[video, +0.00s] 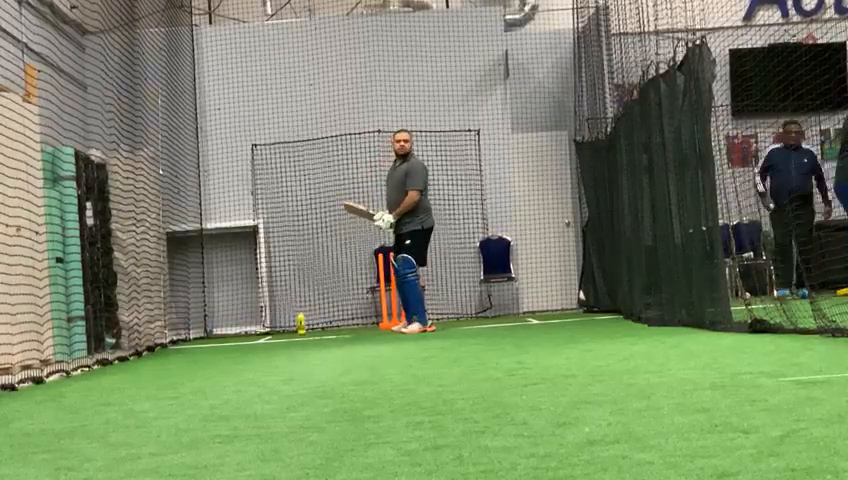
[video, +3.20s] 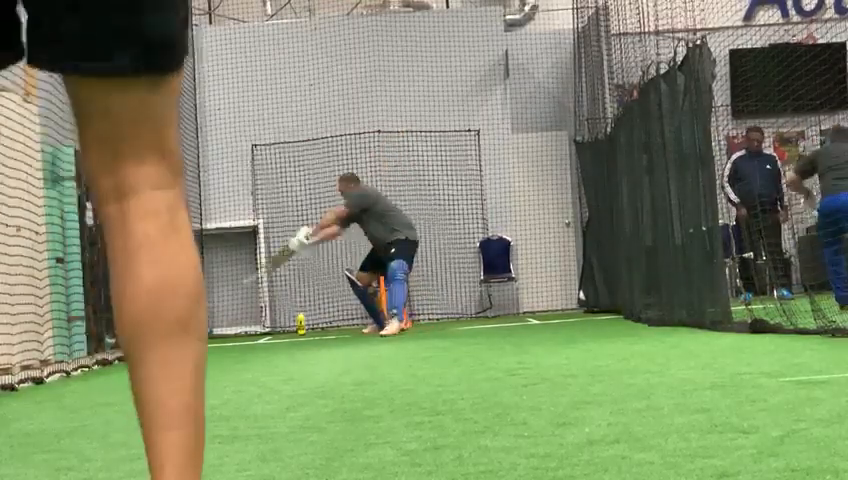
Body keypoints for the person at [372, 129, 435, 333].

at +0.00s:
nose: (402, 145)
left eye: (405, 141)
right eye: (398, 142)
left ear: (411, 144)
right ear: (393, 144)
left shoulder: (415, 166)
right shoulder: (395, 167)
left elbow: (414, 197)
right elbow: (396, 197)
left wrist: (393, 216)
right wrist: (386, 215)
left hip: (417, 226)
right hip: (402, 227)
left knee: (409, 271)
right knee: (400, 271)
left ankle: (419, 320)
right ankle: (409, 318)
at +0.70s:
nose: (385, 170)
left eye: (389, 166)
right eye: (381, 167)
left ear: (396, 167)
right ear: (378, 170)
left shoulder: (402, 186)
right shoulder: (384, 193)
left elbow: (402, 221)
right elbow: (393, 221)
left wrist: (395, 248)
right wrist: (395, 244)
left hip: (431, 229)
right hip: (418, 231)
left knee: (406, 268)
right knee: (402, 268)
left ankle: (419, 320)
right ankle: (416, 319)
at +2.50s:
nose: (373, 176)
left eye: (376, 172)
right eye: (369, 173)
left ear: (383, 173)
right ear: (366, 176)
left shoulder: (391, 190)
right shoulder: (372, 193)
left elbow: (392, 224)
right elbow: (382, 217)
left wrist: (379, 234)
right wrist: (376, 224)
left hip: (416, 229)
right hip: (400, 231)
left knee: (388, 258)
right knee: (381, 272)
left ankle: (407, 314)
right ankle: (403, 316)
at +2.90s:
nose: (353, 197)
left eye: (356, 192)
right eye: (350, 193)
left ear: (365, 189)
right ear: (347, 194)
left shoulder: (371, 204)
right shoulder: (376, 197)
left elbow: (372, 240)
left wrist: (365, 242)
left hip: (401, 243)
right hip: (396, 242)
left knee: (373, 273)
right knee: (364, 275)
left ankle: (399, 324)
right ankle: (380, 324)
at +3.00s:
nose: (347, 200)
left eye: (350, 195)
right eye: (344, 197)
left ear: (360, 190)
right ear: (342, 197)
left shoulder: (367, 205)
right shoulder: (369, 199)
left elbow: (365, 241)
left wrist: (357, 243)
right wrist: (364, 227)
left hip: (399, 243)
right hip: (391, 243)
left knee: (373, 272)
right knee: (360, 279)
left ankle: (398, 324)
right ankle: (382, 324)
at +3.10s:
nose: (344, 197)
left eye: (346, 192)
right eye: (341, 194)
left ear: (356, 187)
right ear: (340, 193)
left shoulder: (367, 199)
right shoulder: (359, 204)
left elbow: (360, 232)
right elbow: (358, 229)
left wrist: (341, 238)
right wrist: (342, 235)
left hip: (399, 240)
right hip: (381, 245)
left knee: (383, 272)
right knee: (359, 282)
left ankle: (397, 323)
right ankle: (380, 324)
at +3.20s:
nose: (341, 194)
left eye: (342, 190)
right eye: (340, 190)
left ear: (350, 186)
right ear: (355, 186)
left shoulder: (363, 195)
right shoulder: (355, 205)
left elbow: (336, 216)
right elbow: (336, 229)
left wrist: (312, 231)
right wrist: (310, 241)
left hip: (402, 238)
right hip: (383, 245)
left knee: (396, 273)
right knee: (359, 282)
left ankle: (397, 320)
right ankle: (380, 322)